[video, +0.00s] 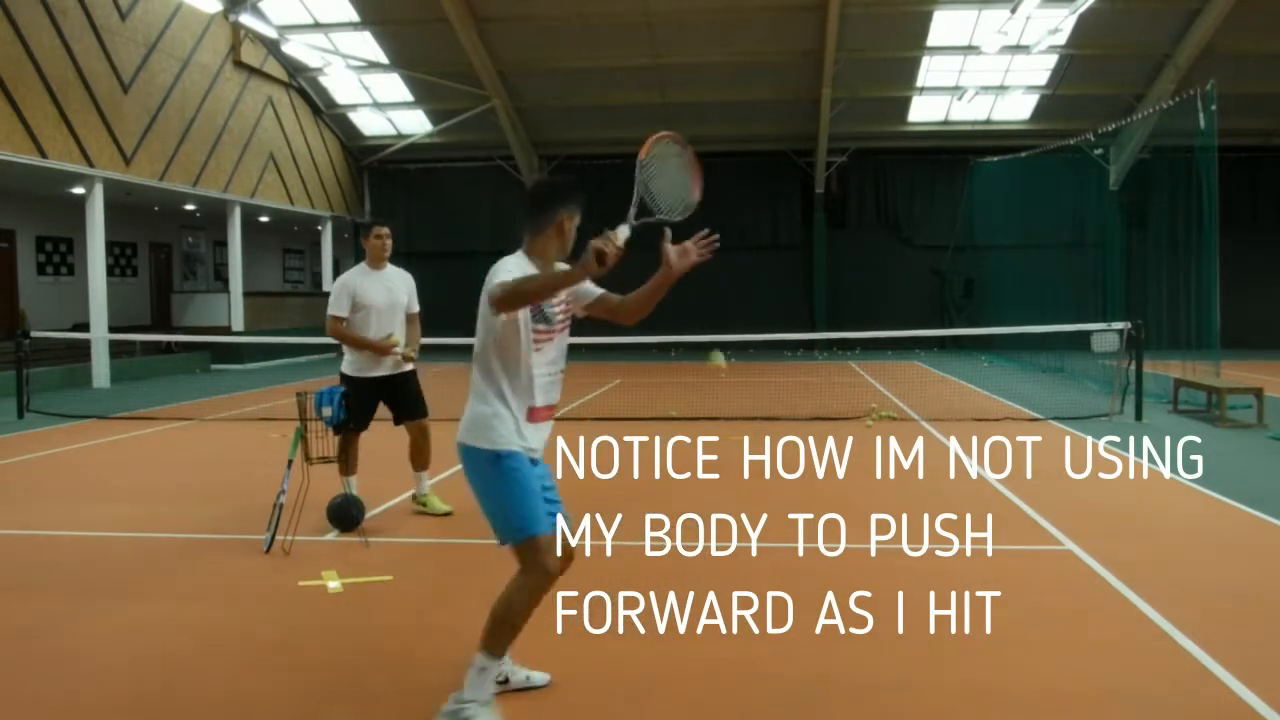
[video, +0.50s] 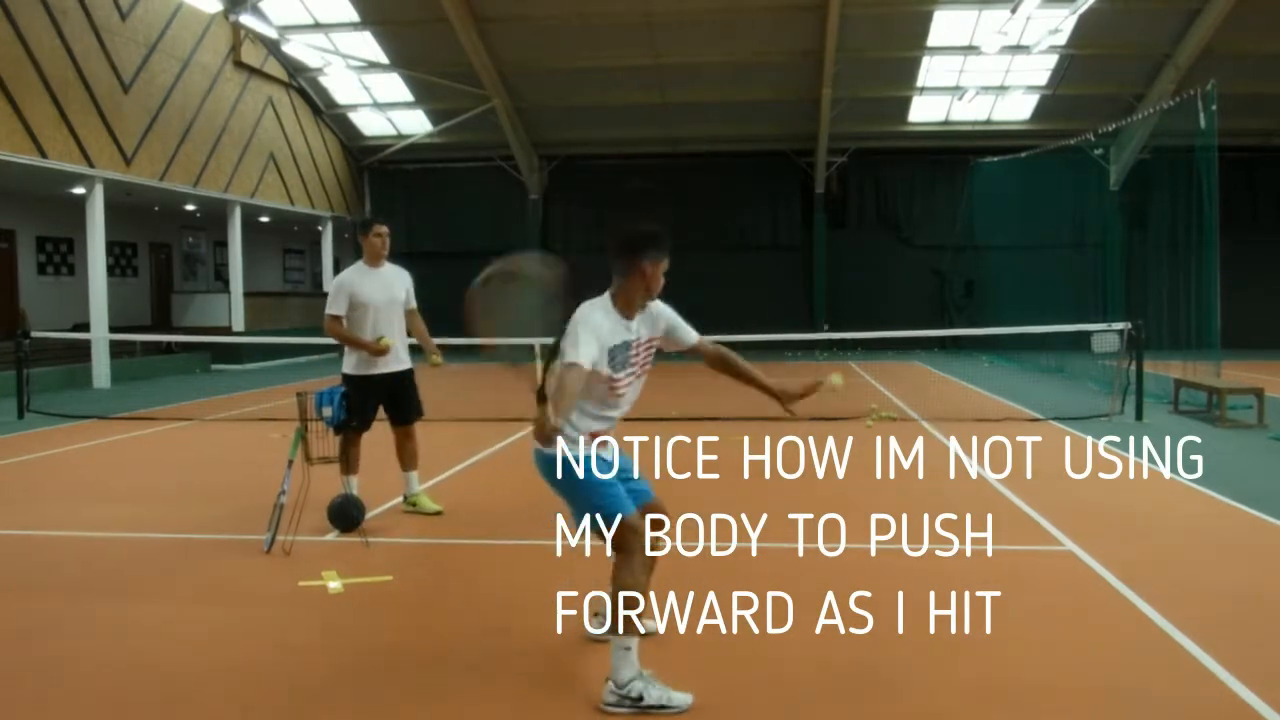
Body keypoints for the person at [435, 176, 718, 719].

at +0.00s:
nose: (576, 232)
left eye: (576, 226)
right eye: (575, 224)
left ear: (543, 223)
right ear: (563, 222)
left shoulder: (564, 280)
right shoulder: (507, 271)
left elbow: (625, 311)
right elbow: (504, 299)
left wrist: (668, 272)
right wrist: (580, 272)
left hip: (526, 441)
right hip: (493, 439)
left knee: (560, 552)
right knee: (539, 564)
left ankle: (494, 663)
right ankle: (471, 695)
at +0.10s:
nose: (594, 236)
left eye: (600, 229)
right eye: (589, 225)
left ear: (600, 232)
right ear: (563, 221)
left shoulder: (592, 269)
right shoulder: (525, 260)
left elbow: (644, 303)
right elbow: (492, 289)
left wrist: (692, 278)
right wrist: (553, 262)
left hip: (547, 427)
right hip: (512, 426)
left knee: (565, 546)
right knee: (571, 544)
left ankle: (494, 652)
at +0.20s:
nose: (626, 240)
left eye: (628, 231)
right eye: (621, 230)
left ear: (614, 235)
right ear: (596, 231)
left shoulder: (614, 277)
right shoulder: (546, 268)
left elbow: (664, 312)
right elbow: (495, 300)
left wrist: (719, 309)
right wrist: (539, 279)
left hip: (563, 430)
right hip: (529, 429)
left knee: (590, 535)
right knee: (603, 534)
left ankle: (517, 619)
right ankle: (616, 676)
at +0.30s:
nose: (642, 263)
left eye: (643, 255)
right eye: (638, 254)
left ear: (618, 258)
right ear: (618, 256)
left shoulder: (631, 299)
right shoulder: (565, 294)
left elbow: (683, 334)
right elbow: (514, 334)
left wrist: (753, 351)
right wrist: (532, 322)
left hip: (573, 441)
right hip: (544, 442)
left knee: (613, 524)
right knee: (633, 540)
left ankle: (567, 611)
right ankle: (624, 680)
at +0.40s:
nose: (657, 275)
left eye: (656, 266)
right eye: (652, 266)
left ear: (631, 272)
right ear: (630, 270)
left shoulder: (645, 310)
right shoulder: (578, 312)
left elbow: (704, 351)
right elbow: (534, 378)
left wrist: (772, 386)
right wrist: (547, 364)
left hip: (583, 445)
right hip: (555, 448)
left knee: (639, 528)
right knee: (639, 539)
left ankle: (608, 611)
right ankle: (624, 680)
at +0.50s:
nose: (664, 280)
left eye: (664, 271)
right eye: (658, 270)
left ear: (648, 273)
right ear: (632, 270)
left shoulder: (655, 314)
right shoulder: (588, 320)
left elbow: (711, 352)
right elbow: (565, 380)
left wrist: (778, 393)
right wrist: (550, 417)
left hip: (600, 442)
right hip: (565, 445)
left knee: (656, 522)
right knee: (631, 535)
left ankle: (613, 610)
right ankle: (625, 678)